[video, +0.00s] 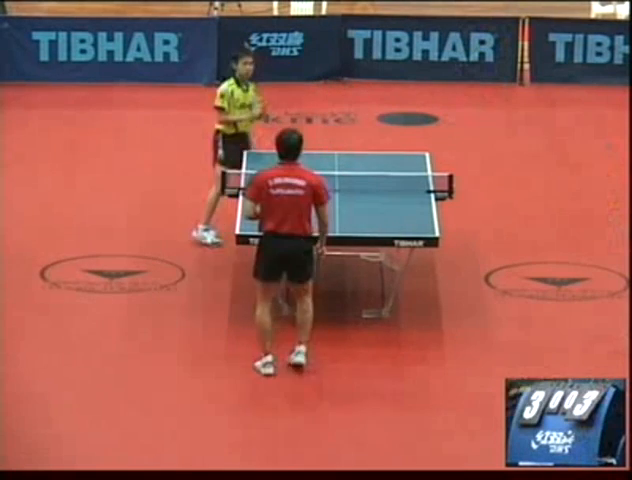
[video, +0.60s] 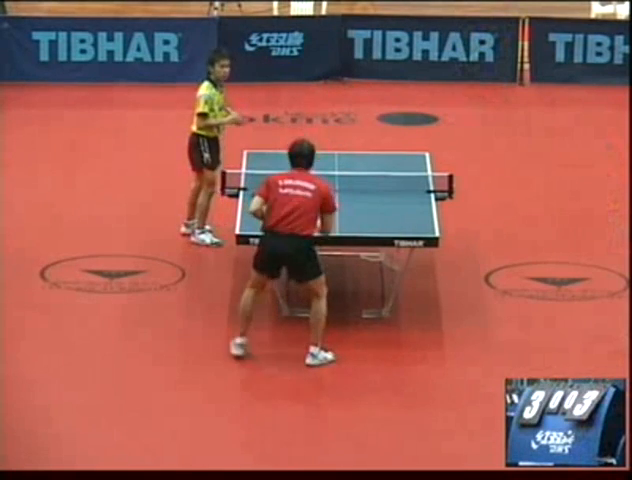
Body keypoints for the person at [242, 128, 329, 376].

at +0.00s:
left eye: (282, 147)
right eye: (296, 147)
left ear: (277, 150)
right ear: (300, 150)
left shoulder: (264, 178)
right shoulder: (313, 180)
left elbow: (250, 212)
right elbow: (323, 218)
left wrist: (267, 211)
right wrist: (322, 241)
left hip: (272, 240)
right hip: (301, 242)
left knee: (265, 299)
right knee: (303, 296)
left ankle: (267, 355)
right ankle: (302, 348)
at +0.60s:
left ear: (290, 159)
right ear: (312, 161)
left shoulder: (273, 181)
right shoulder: (321, 187)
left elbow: (255, 208)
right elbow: (327, 227)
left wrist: (271, 218)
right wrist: (307, 224)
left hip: (271, 240)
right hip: (301, 244)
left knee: (254, 286)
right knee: (318, 294)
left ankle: (240, 339)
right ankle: (315, 349)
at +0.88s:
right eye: (299, 179)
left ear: (277, 181)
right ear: (300, 182)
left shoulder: (262, 198)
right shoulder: (308, 206)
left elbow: (236, 221)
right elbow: (310, 246)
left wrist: (244, 235)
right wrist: (297, 232)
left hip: (255, 250)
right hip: (283, 254)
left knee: (244, 287)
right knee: (318, 292)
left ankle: (234, 337)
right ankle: (315, 349)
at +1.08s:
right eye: (293, 187)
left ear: (272, 189)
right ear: (294, 190)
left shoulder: (256, 204)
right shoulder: (303, 212)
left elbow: (231, 226)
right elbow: (302, 250)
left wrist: (241, 244)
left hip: (249, 251)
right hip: (277, 255)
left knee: (242, 287)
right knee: (313, 293)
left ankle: (233, 337)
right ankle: (314, 349)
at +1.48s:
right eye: (296, 187)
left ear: (276, 189)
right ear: (298, 190)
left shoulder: (262, 204)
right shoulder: (308, 210)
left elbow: (240, 221)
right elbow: (307, 249)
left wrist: (243, 241)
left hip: (257, 249)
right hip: (286, 252)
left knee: (242, 284)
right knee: (314, 294)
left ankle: (230, 333)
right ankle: (315, 349)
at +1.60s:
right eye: (294, 189)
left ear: (275, 190)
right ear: (297, 192)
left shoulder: (260, 205)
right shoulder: (307, 211)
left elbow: (239, 224)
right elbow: (305, 250)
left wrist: (244, 244)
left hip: (256, 250)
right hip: (285, 253)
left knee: (241, 287)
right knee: (314, 294)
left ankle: (228, 336)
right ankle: (315, 349)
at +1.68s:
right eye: (293, 191)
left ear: (273, 192)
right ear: (295, 193)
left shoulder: (258, 207)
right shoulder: (305, 213)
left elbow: (235, 226)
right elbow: (303, 251)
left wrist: (244, 249)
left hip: (254, 252)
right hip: (283, 254)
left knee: (239, 287)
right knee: (314, 294)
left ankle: (228, 336)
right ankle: (315, 349)